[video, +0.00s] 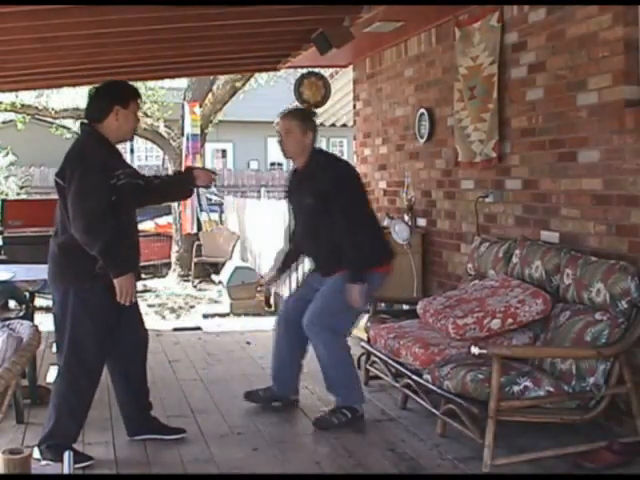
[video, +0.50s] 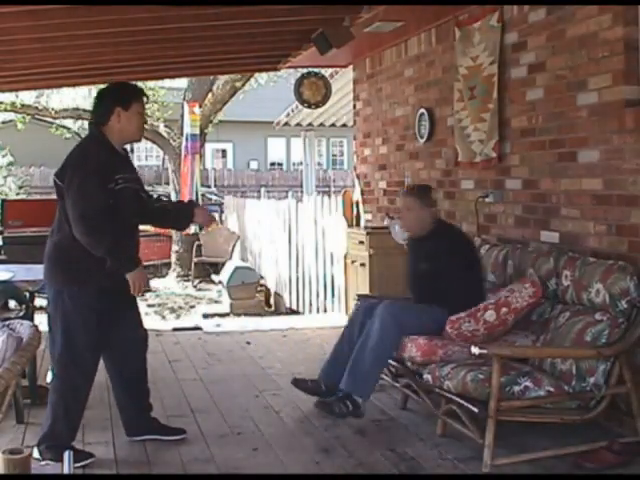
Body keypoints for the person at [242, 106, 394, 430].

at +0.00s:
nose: (280, 142)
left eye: (286, 135)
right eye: (279, 135)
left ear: (307, 135)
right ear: (288, 138)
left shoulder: (338, 171)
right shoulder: (298, 180)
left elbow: (361, 225)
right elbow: (302, 236)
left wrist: (357, 276)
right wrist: (277, 273)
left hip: (363, 266)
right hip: (328, 267)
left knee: (321, 323)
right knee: (291, 314)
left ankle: (350, 406)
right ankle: (284, 391)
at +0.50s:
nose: (401, 218)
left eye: (407, 211)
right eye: (400, 211)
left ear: (429, 211)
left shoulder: (456, 242)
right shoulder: (416, 242)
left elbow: (467, 302)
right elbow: (422, 290)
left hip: (456, 318)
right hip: (428, 312)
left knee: (389, 312)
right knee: (365, 308)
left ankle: (352, 397)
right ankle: (330, 383)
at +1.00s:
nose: (470, 218)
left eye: (476, 213)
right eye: (469, 213)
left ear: (494, 215)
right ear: (472, 213)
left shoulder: (503, 239)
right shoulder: (480, 241)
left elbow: (497, 285)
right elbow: (456, 274)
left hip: (467, 316)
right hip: (446, 311)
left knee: (420, 263)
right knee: (368, 313)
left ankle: (354, 303)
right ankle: (343, 382)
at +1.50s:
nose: (419, 226)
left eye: (425, 220)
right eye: (417, 221)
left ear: (446, 219)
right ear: (416, 220)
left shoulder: (468, 243)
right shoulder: (432, 244)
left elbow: (487, 289)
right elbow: (433, 285)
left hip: (465, 316)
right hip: (438, 309)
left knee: (400, 303)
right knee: (373, 301)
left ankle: (373, 391)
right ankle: (355, 379)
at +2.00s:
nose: (313, 199)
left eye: (317, 191)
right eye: (312, 191)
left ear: (338, 191)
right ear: (336, 192)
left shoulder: (375, 214)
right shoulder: (343, 225)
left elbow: (418, 249)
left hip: (417, 289)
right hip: (385, 285)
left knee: (356, 319)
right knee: (336, 315)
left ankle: (381, 407)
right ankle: (353, 385)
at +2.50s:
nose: (276, 90)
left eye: (285, 85)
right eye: (278, 84)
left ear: (309, 93)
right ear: (296, 94)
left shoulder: (320, 136)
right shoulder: (289, 135)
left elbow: (313, 201)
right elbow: (295, 199)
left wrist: (291, 256)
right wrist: (290, 251)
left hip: (328, 255)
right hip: (299, 254)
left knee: (339, 336)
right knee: (271, 331)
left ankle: (374, 406)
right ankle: (253, 411)